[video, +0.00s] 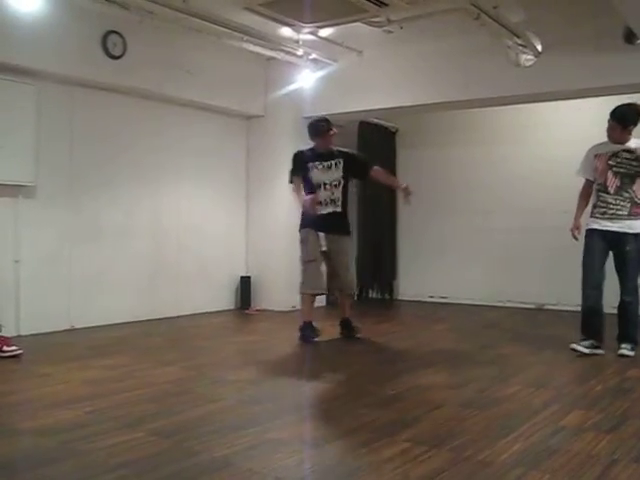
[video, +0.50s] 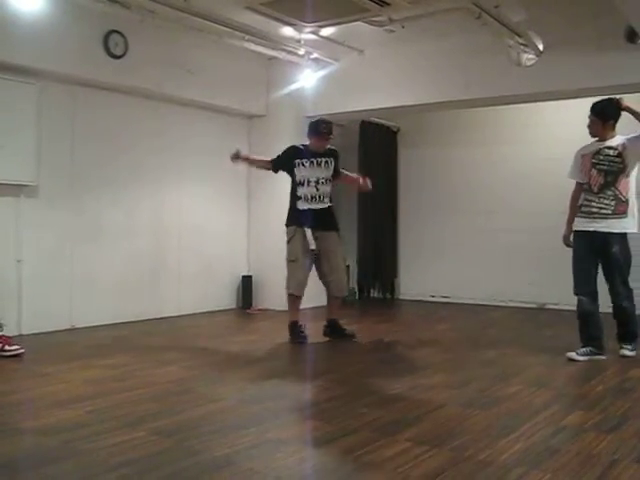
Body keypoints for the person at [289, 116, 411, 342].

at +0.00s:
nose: (333, 136)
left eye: (332, 133)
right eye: (329, 133)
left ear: (330, 135)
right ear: (318, 136)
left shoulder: (345, 157)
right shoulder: (302, 158)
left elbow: (373, 171)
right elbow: (296, 183)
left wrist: (398, 185)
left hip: (338, 225)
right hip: (311, 225)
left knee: (345, 274)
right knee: (311, 272)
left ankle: (346, 322)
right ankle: (307, 324)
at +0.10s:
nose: (325, 140)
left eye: (327, 135)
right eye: (321, 136)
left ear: (331, 135)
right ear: (313, 136)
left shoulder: (341, 160)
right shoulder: (298, 161)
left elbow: (364, 184)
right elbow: (285, 186)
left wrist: (384, 202)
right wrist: (280, 210)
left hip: (335, 227)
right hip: (306, 227)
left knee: (342, 277)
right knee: (302, 276)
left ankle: (346, 323)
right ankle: (304, 325)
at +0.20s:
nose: (324, 139)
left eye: (327, 134)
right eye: (320, 135)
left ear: (331, 135)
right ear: (310, 134)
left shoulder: (337, 159)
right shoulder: (296, 159)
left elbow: (349, 187)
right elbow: (278, 187)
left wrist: (363, 209)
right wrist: (264, 214)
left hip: (332, 228)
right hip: (304, 228)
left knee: (339, 276)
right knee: (298, 277)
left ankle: (343, 321)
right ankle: (303, 324)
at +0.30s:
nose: (325, 140)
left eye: (327, 135)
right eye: (322, 135)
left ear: (329, 135)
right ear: (311, 134)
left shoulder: (333, 156)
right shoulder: (295, 156)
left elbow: (339, 184)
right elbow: (274, 182)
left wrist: (351, 205)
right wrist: (250, 202)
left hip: (330, 227)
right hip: (303, 227)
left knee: (337, 278)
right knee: (298, 279)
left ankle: (336, 323)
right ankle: (302, 325)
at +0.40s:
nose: (326, 141)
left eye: (328, 137)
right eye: (323, 136)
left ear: (330, 136)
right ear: (312, 135)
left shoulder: (332, 154)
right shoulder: (294, 153)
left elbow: (336, 180)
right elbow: (270, 173)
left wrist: (352, 196)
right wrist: (241, 179)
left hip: (327, 224)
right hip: (300, 225)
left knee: (336, 277)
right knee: (298, 277)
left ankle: (332, 324)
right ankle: (300, 326)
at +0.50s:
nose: (326, 143)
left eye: (328, 139)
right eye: (322, 139)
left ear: (329, 138)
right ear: (312, 137)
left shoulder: (331, 155)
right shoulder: (294, 153)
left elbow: (336, 174)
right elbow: (271, 165)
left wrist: (357, 180)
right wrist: (244, 158)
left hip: (325, 222)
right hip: (299, 222)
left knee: (336, 273)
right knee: (297, 272)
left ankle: (332, 323)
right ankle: (294, 325)